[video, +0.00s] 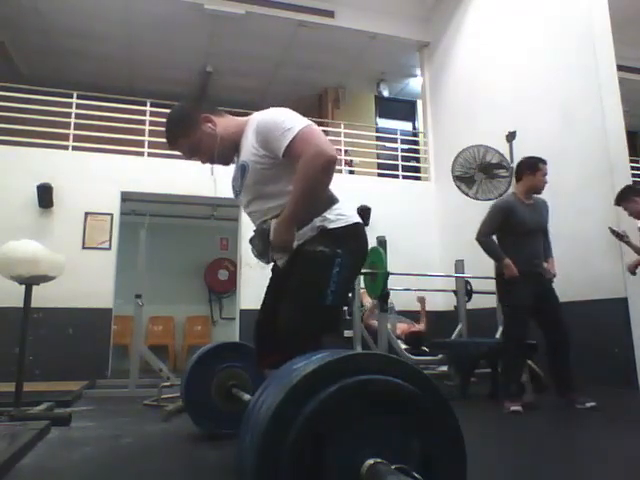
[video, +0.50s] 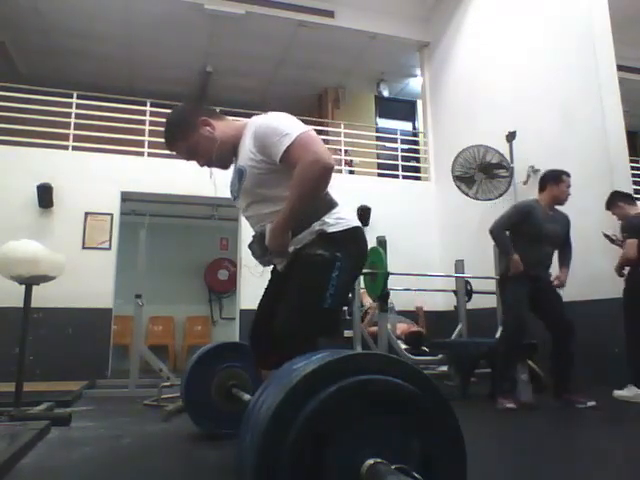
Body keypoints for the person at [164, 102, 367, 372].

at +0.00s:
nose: (202, 160)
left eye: (196, 151)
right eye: (194, 157)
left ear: (209, 125)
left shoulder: (267, 121)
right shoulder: (241, 173)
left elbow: (321, 156)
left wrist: (287, 223)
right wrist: (265, 235)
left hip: (330, 240)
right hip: (296, 255)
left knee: (299, 337)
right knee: (270, 340)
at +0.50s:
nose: (199, 163)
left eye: (194, 153)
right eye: (191, 159)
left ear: (207, 127)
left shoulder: (265, 126)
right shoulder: (240, 174)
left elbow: (318, 162)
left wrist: (281, 227)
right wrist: (266, 238)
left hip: (330, 244)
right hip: (297, 257)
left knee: (298, 340)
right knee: (264, 342)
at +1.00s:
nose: (198, 162)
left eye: (193, 153)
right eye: (191, 158)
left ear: (208, 127)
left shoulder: (267, 129)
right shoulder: (239, 175)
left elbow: (312, 169)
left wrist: (276, 234)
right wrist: (262, 246)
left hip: (328, 248)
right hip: (296, 260)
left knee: (289, 341)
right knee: (257, 338)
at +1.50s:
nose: (204, 157)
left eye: (201, 148)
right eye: (197, 154)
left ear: (215, 125)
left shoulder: (278, 134)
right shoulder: (241, 177)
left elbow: (227, 158)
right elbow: (204, 207)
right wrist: (150, 233)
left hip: (331, 250)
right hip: (294, 264)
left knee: (294, 342)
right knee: (257, 338)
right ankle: (283, 426)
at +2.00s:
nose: (205, 164)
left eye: (204, 151)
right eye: (200, 158)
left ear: (220, 133)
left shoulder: (275, 137)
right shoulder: (234, 177)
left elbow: (195, 137)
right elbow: (177, 179)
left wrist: (109, 131)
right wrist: (118, 172)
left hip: (336, 255)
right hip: (299, 269)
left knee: (289, 347)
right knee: (257, 340)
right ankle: (276, 427)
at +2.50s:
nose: (201, 156)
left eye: (201, 146)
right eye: (195, 149)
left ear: (218, 129)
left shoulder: (273, 145)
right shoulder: (238, 182)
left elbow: (191, 147)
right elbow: (177, 184)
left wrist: (108, 144)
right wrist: (118, 176)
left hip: (340, 259)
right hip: (304, 272)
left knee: (294, 348)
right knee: (256, 342)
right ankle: (282, 425)